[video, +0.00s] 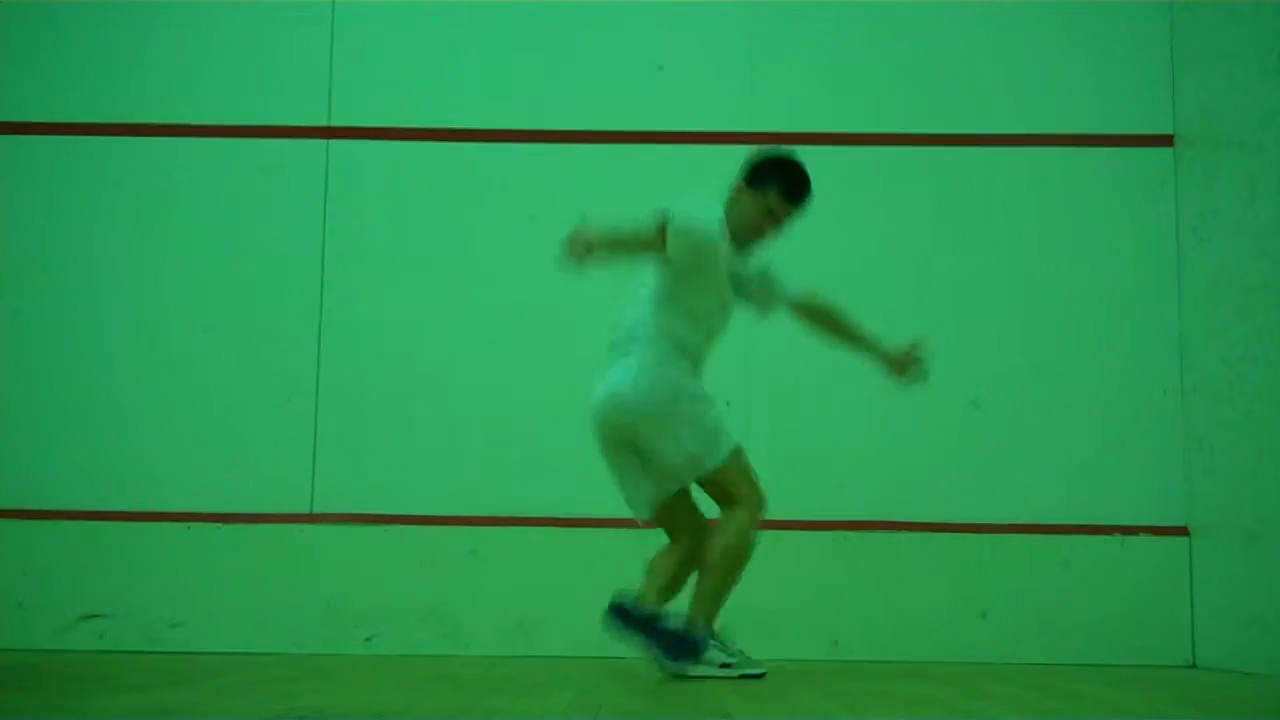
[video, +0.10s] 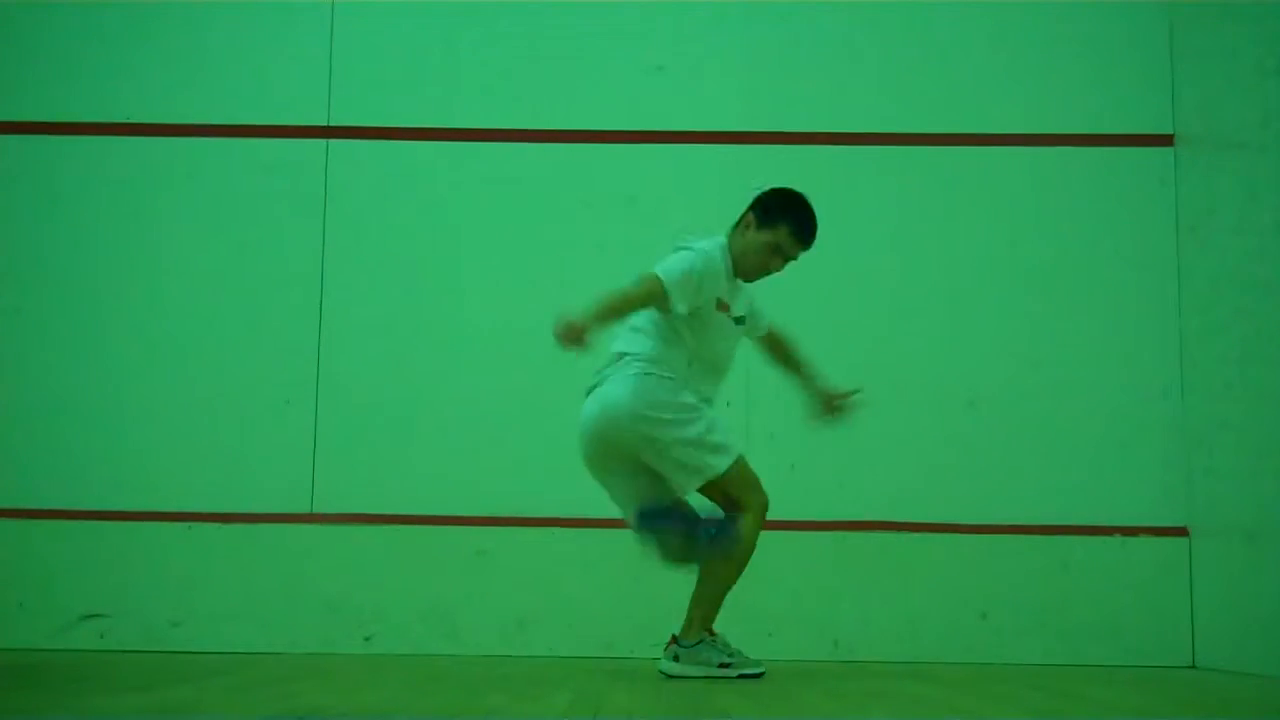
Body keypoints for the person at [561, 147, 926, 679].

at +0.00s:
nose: (769, 226)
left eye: (780, 220)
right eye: (767, 210)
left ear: (784, 221)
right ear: (740, 191)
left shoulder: (744, 272)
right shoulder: (699, 234)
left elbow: (810, 309)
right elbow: (645, 238)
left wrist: (883, 355)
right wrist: (592, 243)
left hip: (616, 402)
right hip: (659, 389)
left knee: (691, 534)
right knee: (746, 503)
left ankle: (639, 609)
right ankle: (696, 634)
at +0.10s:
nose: (776, 267)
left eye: (788, 261)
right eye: (776, 251)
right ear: (748, 223)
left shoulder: (741, 299)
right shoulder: (702, 261)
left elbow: (775, 342)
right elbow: (642, 292)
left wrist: (817, 390)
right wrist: (586, 321)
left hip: (601, 422)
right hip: (648, 400)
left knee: (685, 536)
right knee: (749, 503)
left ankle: (680, 533)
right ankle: (693, 640)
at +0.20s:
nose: (763, 253)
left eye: (773, 247)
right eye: (764, 238)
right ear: (736, 211)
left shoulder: (706, 272)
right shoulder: (694, 250)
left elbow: (683, 346)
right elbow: (659, 294)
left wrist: (707, 400)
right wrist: (647, 340)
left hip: (595, 418)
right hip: (634, 399)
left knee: (701, 514)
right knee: (731, 493)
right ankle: (691, 639)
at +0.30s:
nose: (743, 217)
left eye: (752, 210)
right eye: (746, 202)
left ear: (715, 177)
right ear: (720, 175)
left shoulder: (660, 214)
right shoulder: (683, 208)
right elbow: (666, 263)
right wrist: (681, 325)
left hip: (581, 372)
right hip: (626, 363)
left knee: (658, 508)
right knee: (709, 486)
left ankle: (576, 507)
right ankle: (688, 637)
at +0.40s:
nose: (716, 188)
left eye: (724, 180)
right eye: (717, 173)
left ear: (676, 150)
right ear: (687, 147)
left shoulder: (606, 205)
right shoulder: (665, 181)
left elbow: (545, 275)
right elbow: (648, 233)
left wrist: (497, 348)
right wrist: (683, 307)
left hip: (576, 359)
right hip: (633, 350)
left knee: (574, 512)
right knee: (720, 469)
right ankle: (703, 616)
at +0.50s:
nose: (690, 182)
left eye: (696, 173)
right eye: (690, 168)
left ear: (647, 146)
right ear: (661, 144)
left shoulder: (572, 202)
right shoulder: (646, 178)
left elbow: (501, 258)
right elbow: (679, 212)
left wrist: (455, 323)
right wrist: (741, 249)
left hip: (584, 367)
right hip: (649, 348)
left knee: (555, 508)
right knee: (738, 416)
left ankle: (509, 635)